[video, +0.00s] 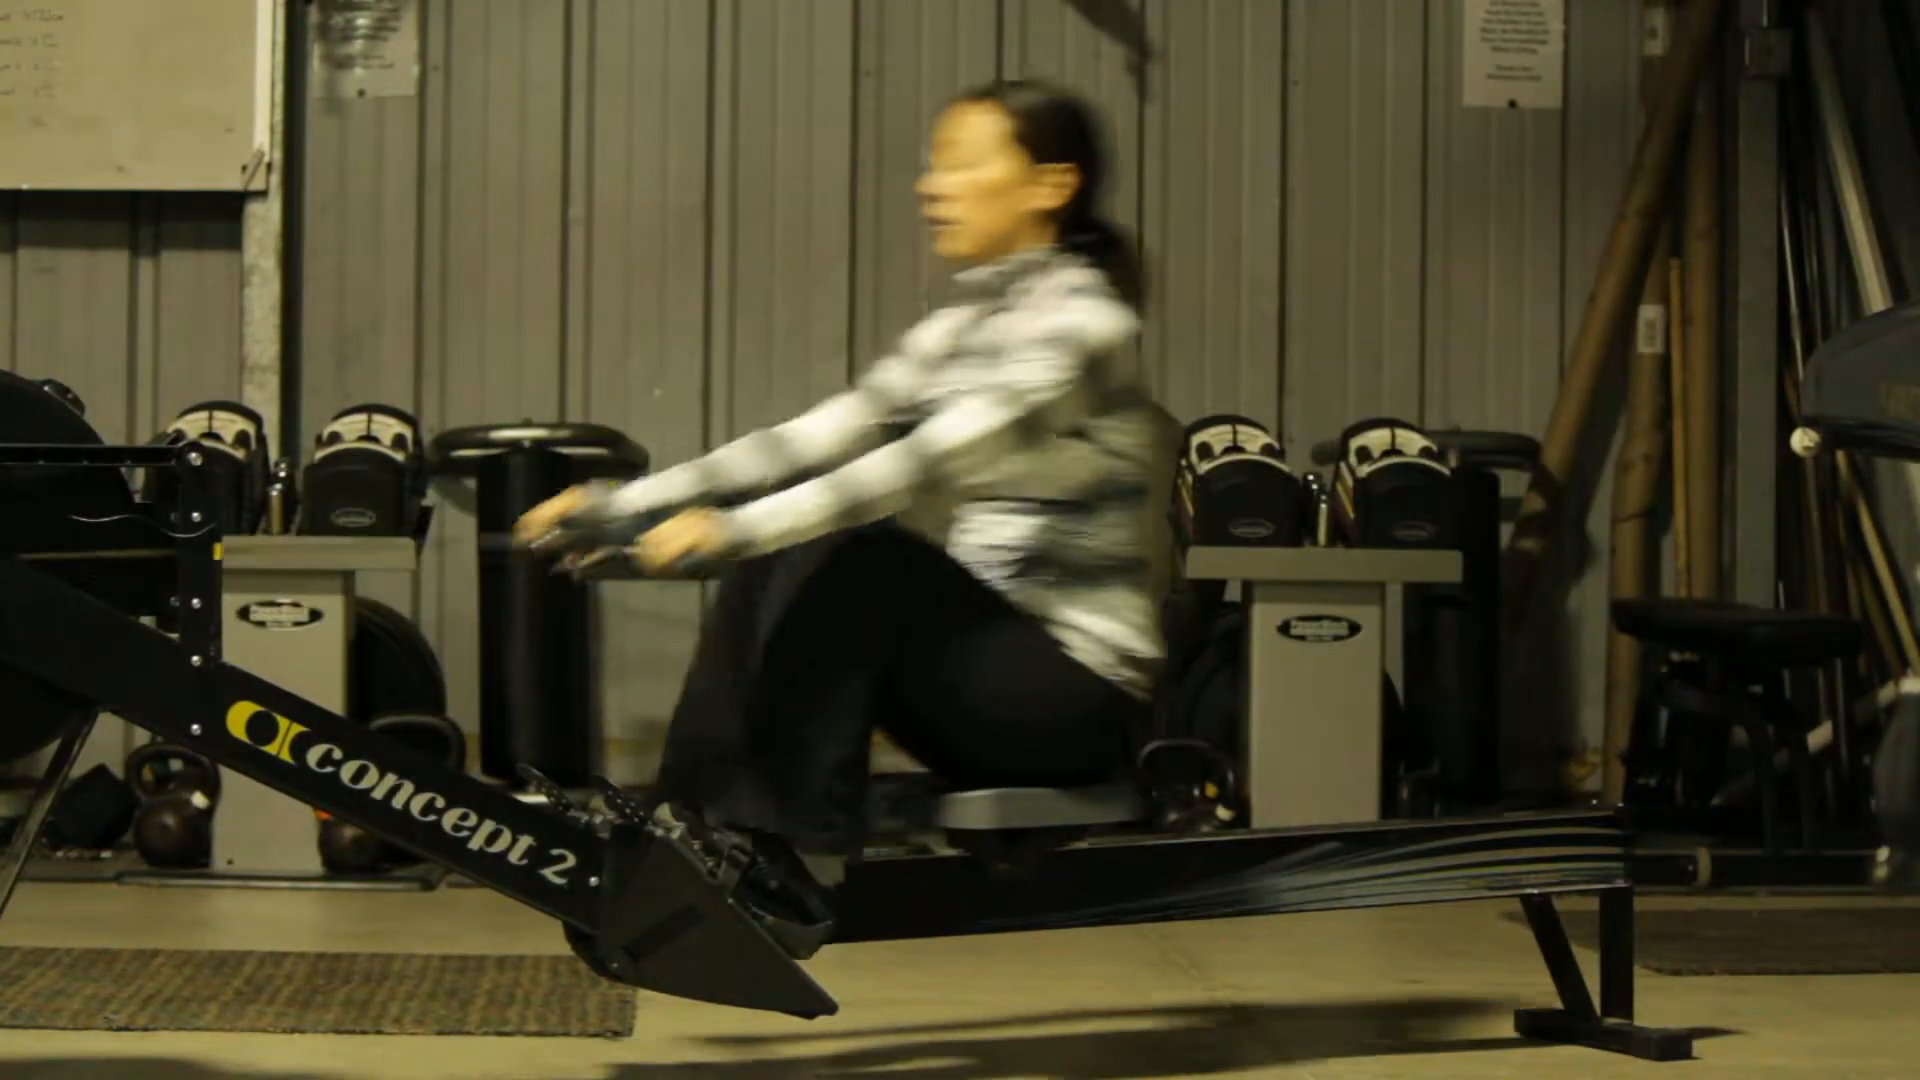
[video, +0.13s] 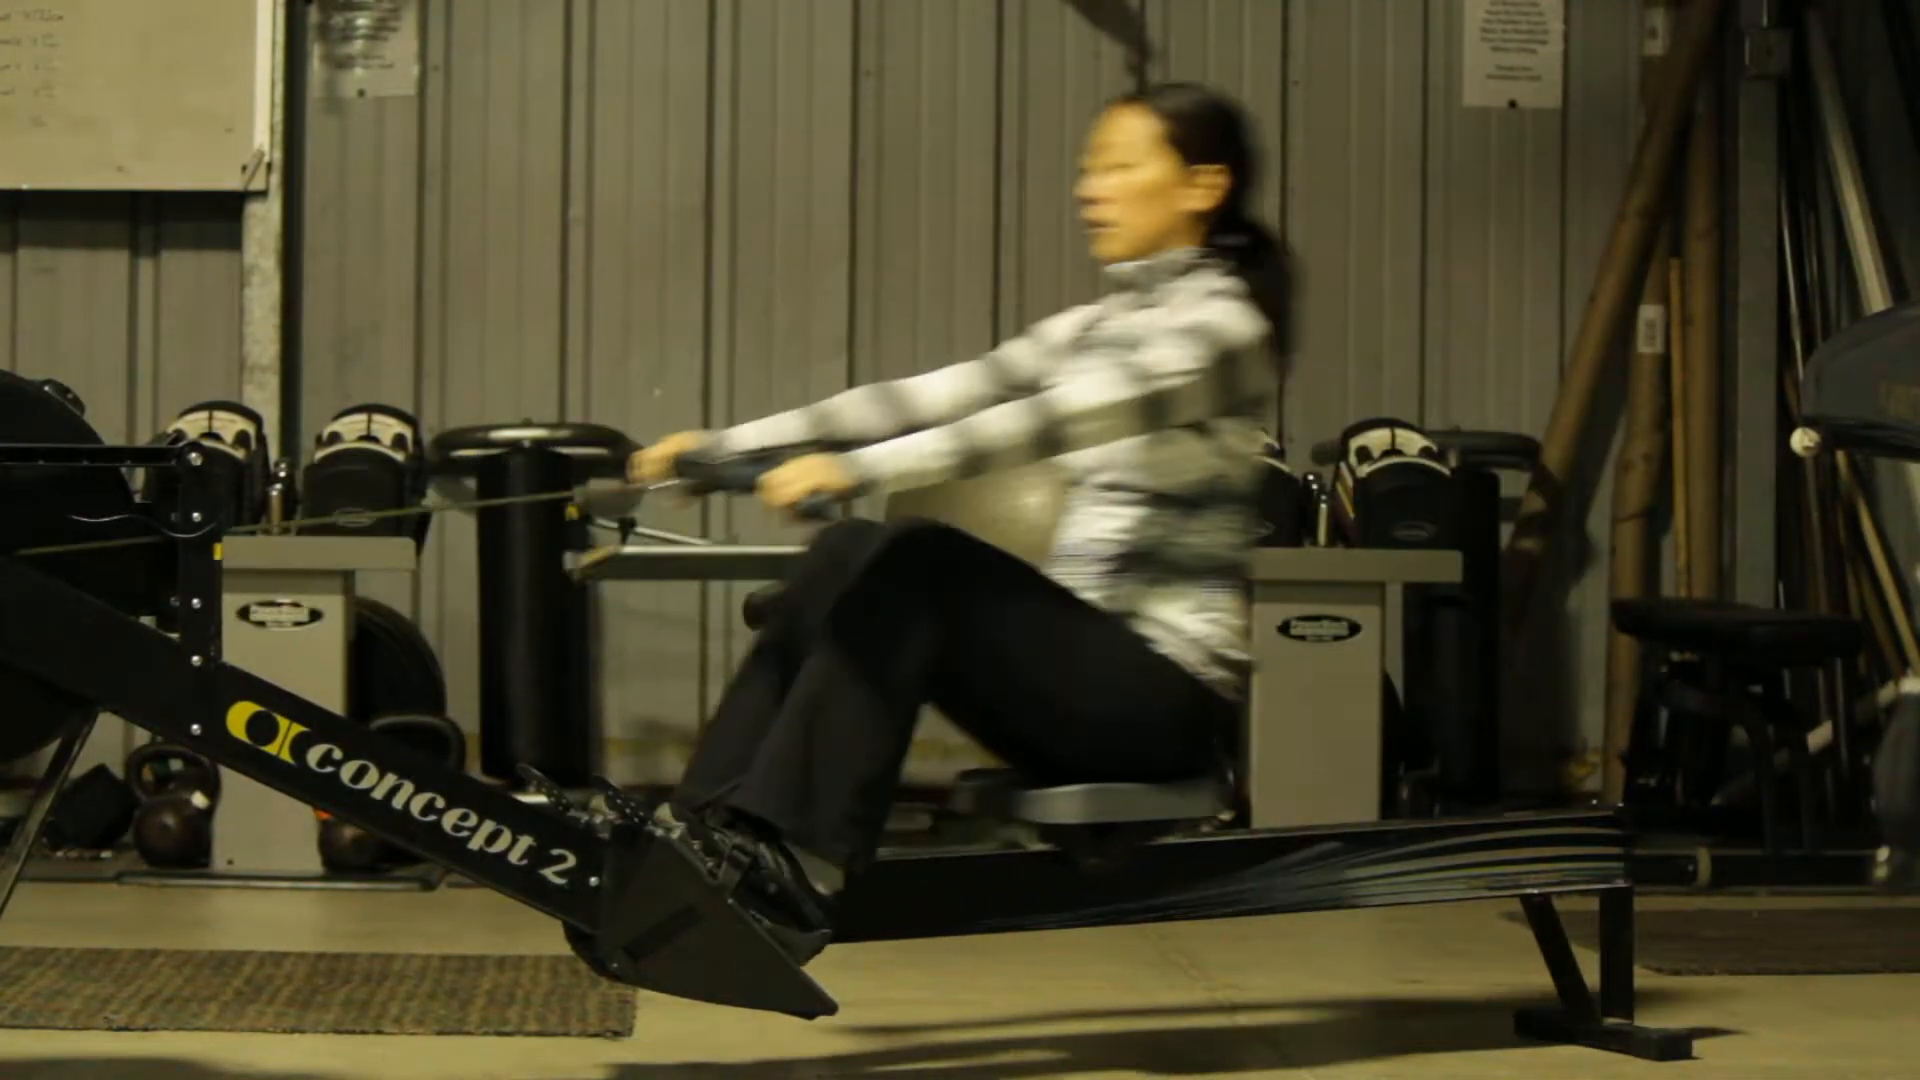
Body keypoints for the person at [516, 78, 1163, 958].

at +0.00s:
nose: (930, 188)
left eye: (962, 165)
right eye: (934, 165)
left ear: (1052, 187)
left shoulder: (1079, 318)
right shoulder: (965, 320)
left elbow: (926, 459)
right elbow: (816, 437)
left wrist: (735, 528)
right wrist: (621, 504)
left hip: (1080, 702)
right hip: (999, 685)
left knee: (867, 562)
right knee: (775, 550)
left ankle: (782, 858)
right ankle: (693, 823)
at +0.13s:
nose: (1088, 193)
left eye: (1117, 167)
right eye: (1089, 170)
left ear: (1204, 187)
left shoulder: (1222, 324)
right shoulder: (1096, 325)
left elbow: (1051, 421)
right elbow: (927, 399)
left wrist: (859, 470)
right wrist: (719, 449)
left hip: (1172, 702)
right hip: (1083, 688)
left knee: (920, 561)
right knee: (848, 555)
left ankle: (793, 852)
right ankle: (708, 830)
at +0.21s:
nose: (1176, 190)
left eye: (1206, 167)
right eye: (1179, 169)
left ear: (1291, 191)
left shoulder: (1299, 325)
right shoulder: (1168, 325)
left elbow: (1127, 409)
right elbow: (1013, 390)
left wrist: (939, 455)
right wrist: (802, 438)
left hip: (1218, 690)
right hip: (1141, 672)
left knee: (949, 585)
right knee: (885, 580)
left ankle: (811, 861)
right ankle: (721, 829)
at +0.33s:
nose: (1292, 215)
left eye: (1318, 191)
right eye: (1292, 193)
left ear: (1402, 209)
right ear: (1294, 210)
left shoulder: (1404, 335)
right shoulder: (1290, 335)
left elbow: (1230, 414)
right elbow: (1133, 397)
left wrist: (1064, 448)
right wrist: (925, 441)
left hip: (1288, 685)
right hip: (1209, 665)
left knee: (998, 625)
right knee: (938, 613)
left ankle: (823, 874)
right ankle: (744, 835)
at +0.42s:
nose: (1356, 237)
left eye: (1379, 217)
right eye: (1355, 217)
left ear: (1460, 229)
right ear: (1370, 230)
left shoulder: (1466, 352)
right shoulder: (1342, 353)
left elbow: (1350, 446)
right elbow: (1207, 429)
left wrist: (1158, 456)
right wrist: (1010, 455)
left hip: (1331, 683)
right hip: (1244, 662)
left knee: (1029, 658)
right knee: (966, 641)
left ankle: (820, 878)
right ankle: (750, 835)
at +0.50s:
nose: (1402, 264)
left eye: (1424, 243)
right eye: (1399, 243)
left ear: (1505, 249)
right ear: (1422, 252)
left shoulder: (1516, 370)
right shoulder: (1402, 369)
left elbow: (1454, 492)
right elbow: (1281, 472)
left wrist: (1247, 478)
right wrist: (1097, 476)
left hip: (1361, 681)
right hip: (1275, 655)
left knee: (1055, 690)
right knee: (993, 673)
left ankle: (815, 886)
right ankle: (740, 845)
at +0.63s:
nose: (1439, 288)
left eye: (1460, 264)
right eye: (1435, 266)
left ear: (1537, 270)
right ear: (1461, 275)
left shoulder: (1565, 394)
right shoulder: (1446, 397)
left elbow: (1554, 555)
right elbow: (1366, 533)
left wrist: (1375, 502)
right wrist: (1223, 504)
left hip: (1381, 682)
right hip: (1296, 656)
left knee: (1087, 723)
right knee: (1026, 705)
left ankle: (814, 887)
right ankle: (767, 846)